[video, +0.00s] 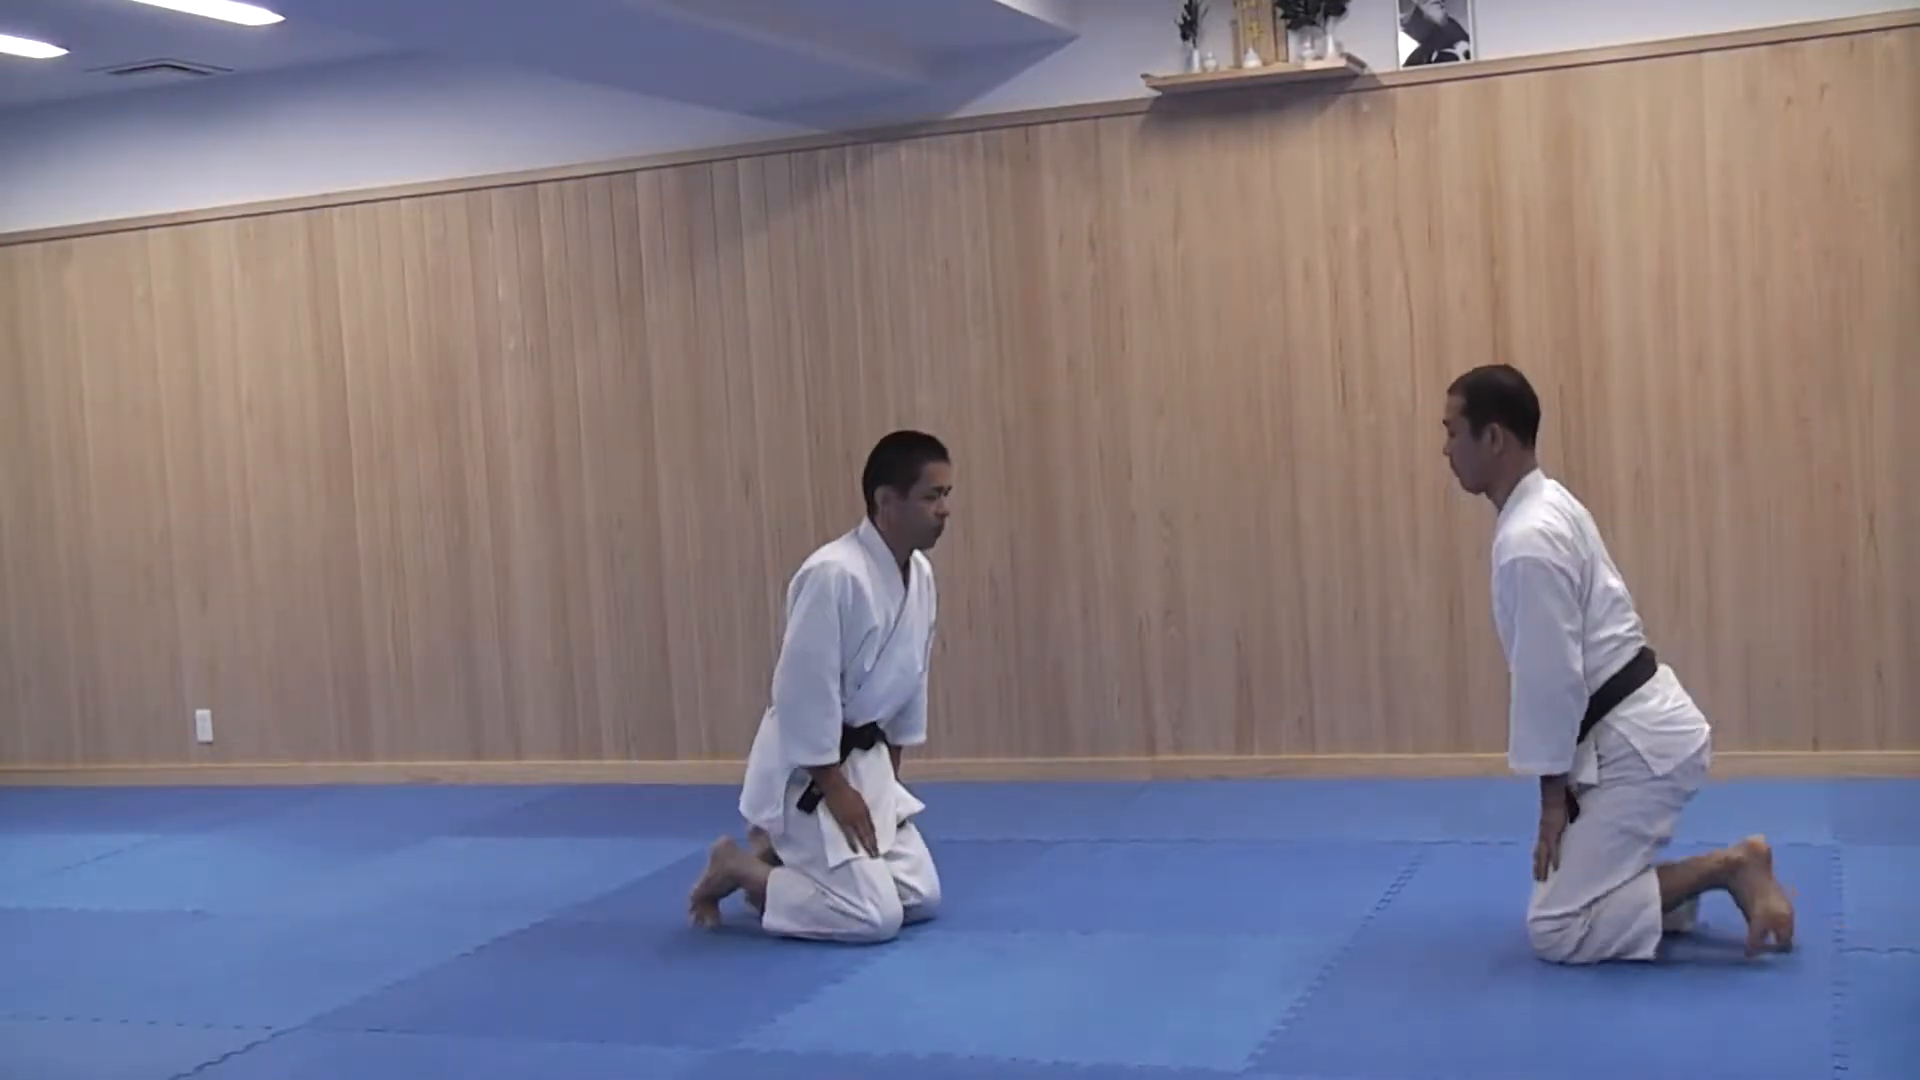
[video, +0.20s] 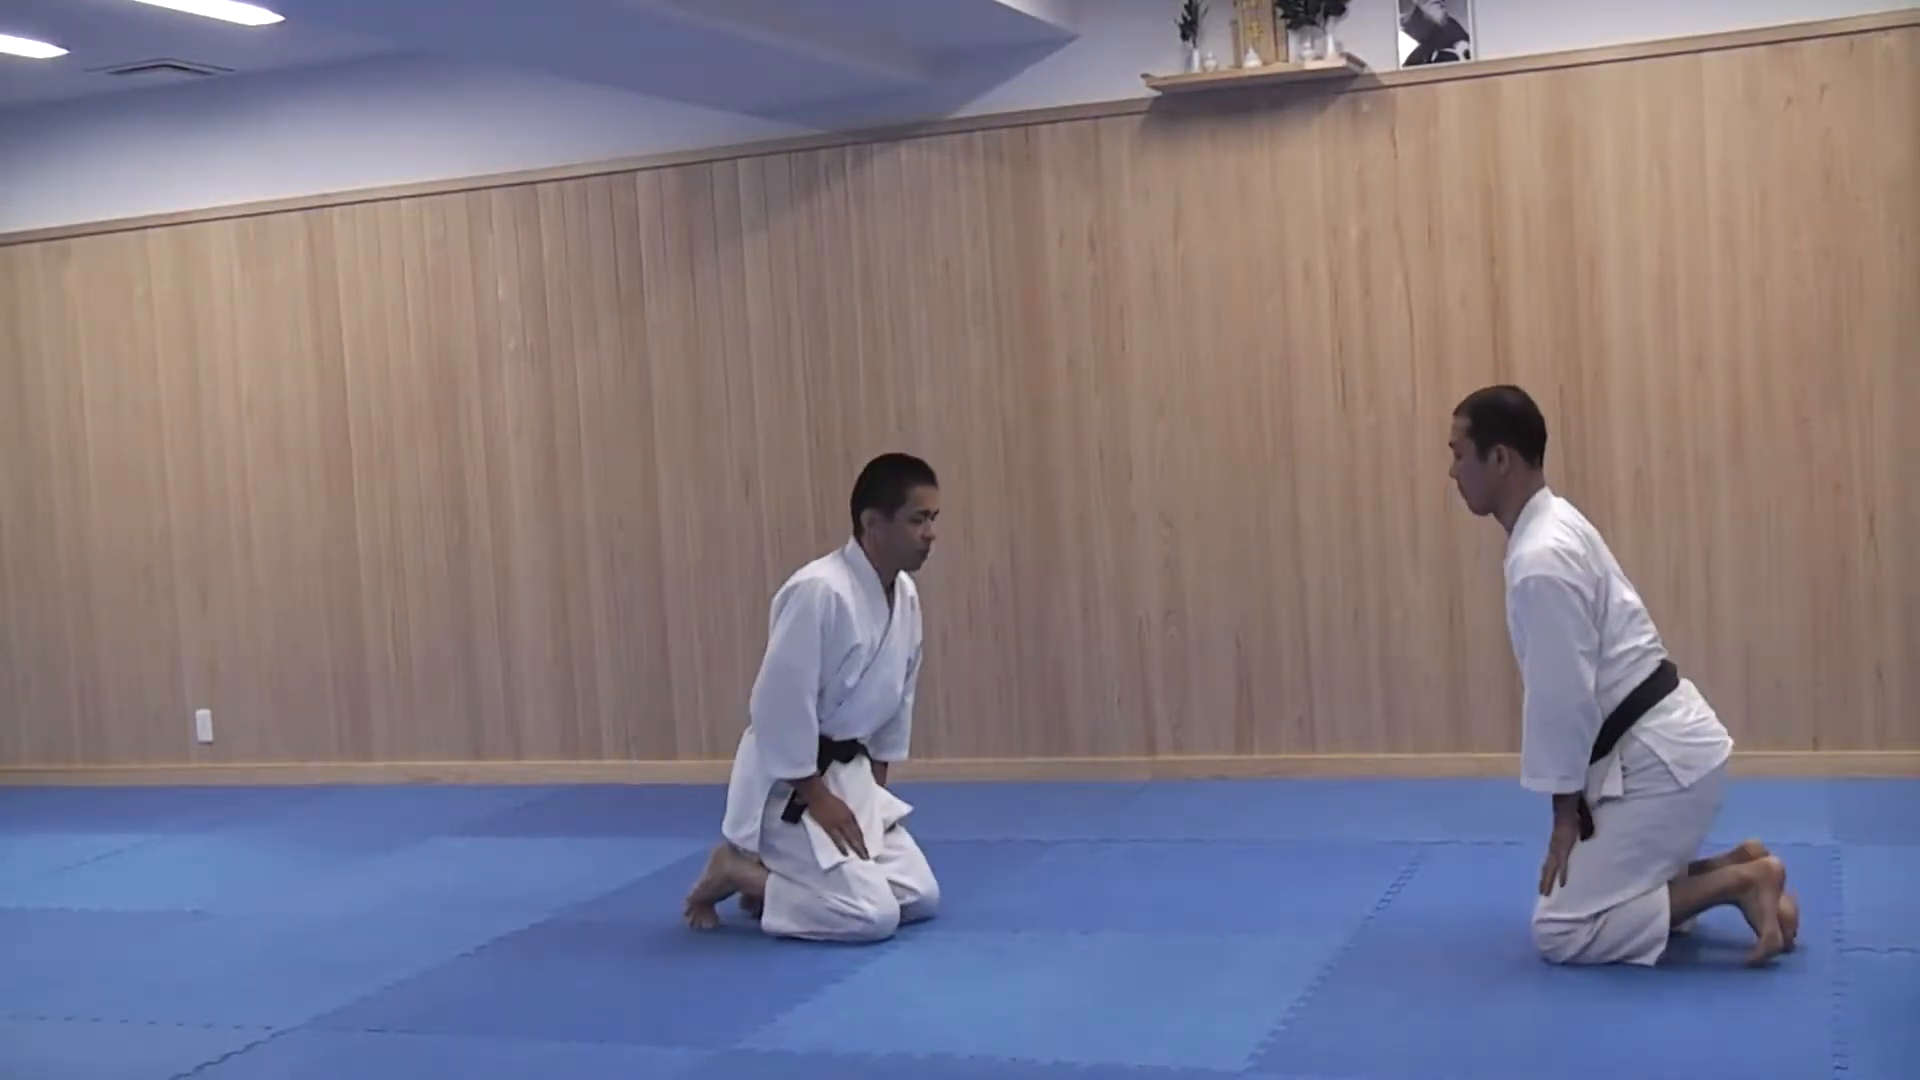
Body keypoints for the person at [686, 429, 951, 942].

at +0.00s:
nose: (946, 510)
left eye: (947, 496)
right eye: (933, 496)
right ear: (885, 502)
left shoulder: (919, 572)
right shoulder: (833, 574)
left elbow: (908, 687)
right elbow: (804, 695)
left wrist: (888, 780)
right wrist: (835, 787)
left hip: (867, 765)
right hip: (802, 775)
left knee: (918, 894)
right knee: (874, 917)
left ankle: (777, 857)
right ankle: (737, 868)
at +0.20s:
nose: (932, 534)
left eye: (934, 519)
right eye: (919, 520)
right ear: (872, 523)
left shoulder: (904, 593)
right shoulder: (817, 591)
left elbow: (895, 709)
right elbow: (777, 707)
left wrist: (871, 794)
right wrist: (817, 795)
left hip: (850, 779)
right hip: (781, 791)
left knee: (918, 895)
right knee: (871, 916)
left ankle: (772, 883)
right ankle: (737, 869)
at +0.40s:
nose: (893, 552)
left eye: (896, 538)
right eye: (880, 539)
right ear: (832, 539)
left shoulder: (875, 613)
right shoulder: (775, 606)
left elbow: (876, 721)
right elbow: (730, 720)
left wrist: (854, 807)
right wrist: (782, 801)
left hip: (833, 797)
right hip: (759, 801)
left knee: (915, 894)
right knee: (850, 916)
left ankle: (763, 885)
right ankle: (725, 873)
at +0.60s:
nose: (841, 551)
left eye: (845, 537)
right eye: (828, 539)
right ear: (781, 540)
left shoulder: (835, 615)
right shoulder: (722, 613)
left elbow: (854, 708)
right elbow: (680, 729)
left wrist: (843, 786)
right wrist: (733, 805)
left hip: (808, 798)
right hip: (731, 800)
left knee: (909, 894)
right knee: (783, 927)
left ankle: (772, 880)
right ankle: (711, 875)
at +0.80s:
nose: (793, 548)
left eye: (795, 534)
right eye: (779, 535)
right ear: (732, 539)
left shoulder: (795, 612)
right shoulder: (675, 619)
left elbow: (822, 704)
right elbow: (641, 736)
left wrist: (822, 784)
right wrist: (700, 807)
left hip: (783, 795)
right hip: (706, 801)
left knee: (895, 894)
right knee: (759, 928)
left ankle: (761, 883)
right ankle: (696, 881)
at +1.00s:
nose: (772, 536)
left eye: (774, 521)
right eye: (758, 524)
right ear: (711, 529)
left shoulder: (775, 597)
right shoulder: (656, 613)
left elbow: (805, 680)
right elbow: (638, 733)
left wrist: (813, 751)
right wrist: (695, 804)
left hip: (777, 777)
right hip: (705, 793)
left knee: (884, 859)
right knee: (762, 929)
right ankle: (698, 887)